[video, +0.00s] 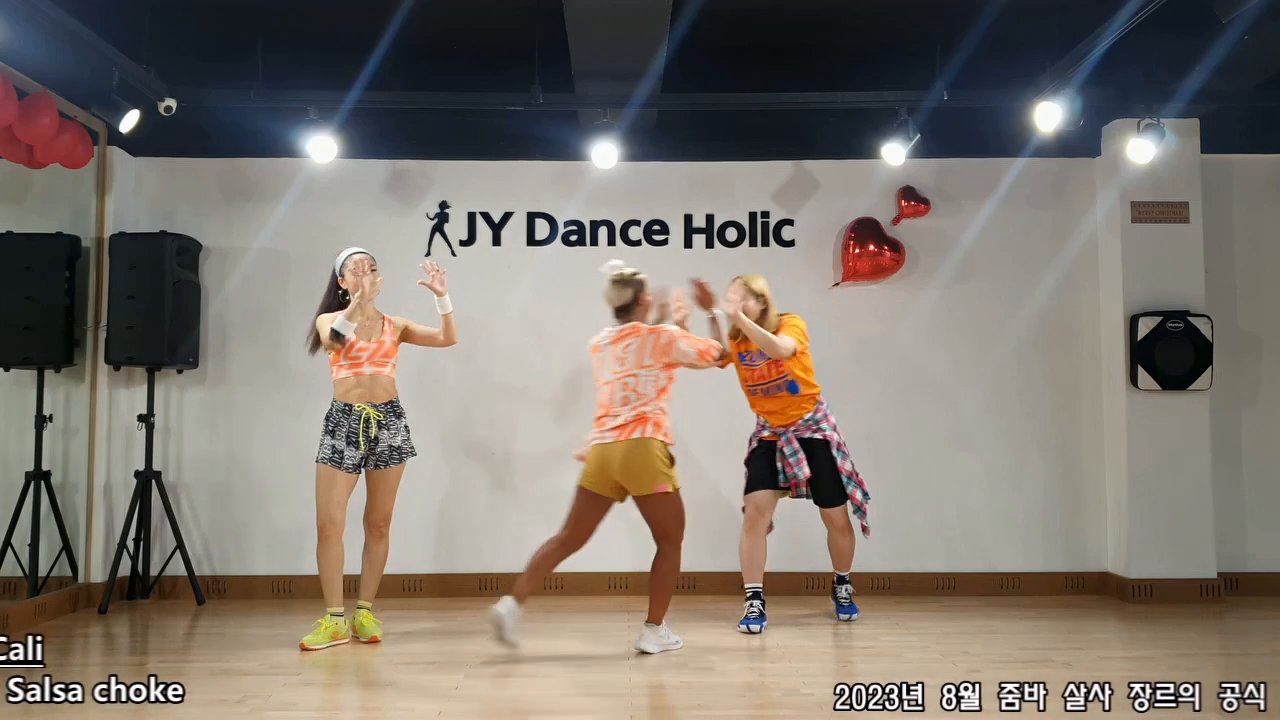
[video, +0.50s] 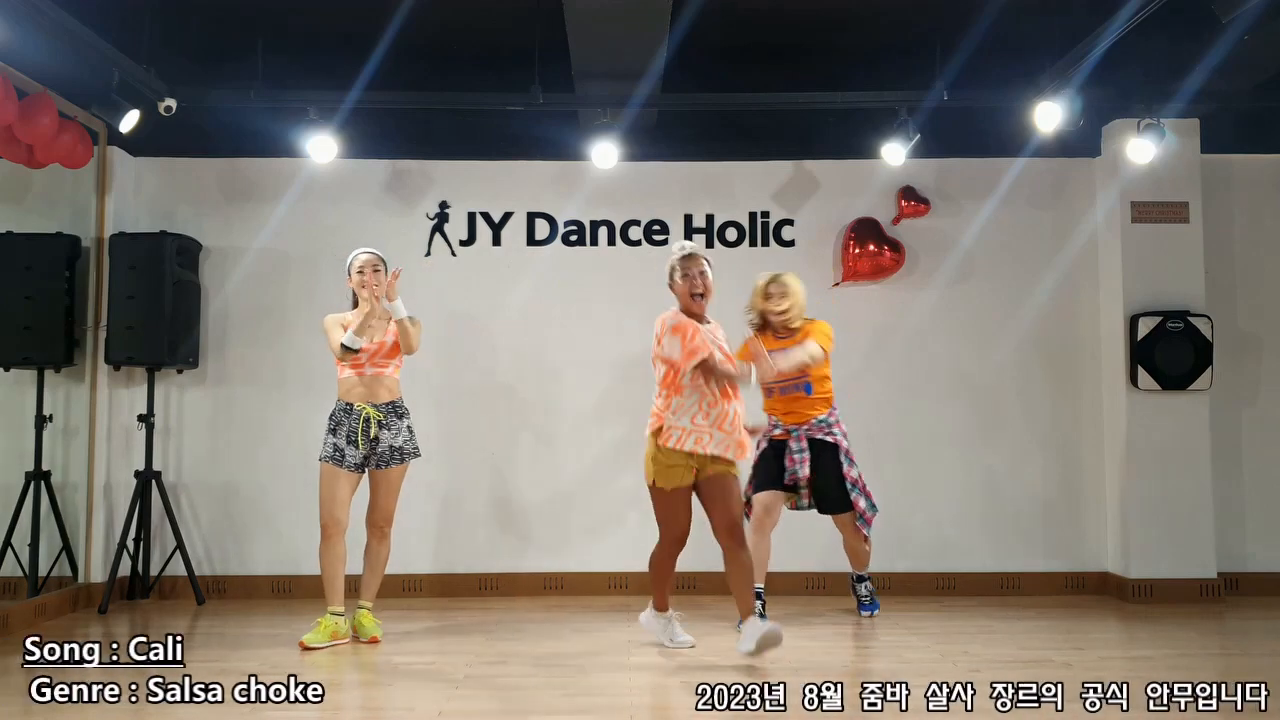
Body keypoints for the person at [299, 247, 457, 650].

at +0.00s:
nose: (364, 271)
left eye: (369, 266)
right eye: (355, 267)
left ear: (379, 278)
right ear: (342, 282)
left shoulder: (395, 324)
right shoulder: (329, 320)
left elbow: (447, 338)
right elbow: (337, 336)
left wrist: (441, 295)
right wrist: (356, 301)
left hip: (389, 422)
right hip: (343, 422)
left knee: (378, 525)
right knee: (328, 524)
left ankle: (364, 612)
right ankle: (335, 618)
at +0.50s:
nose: (369, 276)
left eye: (376, 270)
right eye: (361, 271)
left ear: (386, 279)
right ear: (350, 281)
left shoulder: (401, 320)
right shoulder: (335, 320)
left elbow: (410, 346)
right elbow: (343, 350)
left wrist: (395, 301)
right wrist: (364, 316)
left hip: (392, 423)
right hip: (346, 422)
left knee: (380, 526)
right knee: (332, 525)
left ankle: (364, 612)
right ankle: (335, 617)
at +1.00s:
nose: (367, 276)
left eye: (374, 269)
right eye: (359, 271)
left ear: (385, 278)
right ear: (349, 281)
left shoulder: (401, 321)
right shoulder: (334, 320)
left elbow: (404, 345)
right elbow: (335, 350)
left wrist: (386, 306)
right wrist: (359, 316)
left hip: (389, 423)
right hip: (344, 422)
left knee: (379, 524)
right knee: (327, 524)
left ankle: (366, 609)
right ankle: (336, 601)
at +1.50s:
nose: (344, 282)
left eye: (353, 276)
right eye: (338, 276)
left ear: (364, 287)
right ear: (328, 287)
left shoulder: (382, 326)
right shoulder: (318, 327)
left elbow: (377, 359)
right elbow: (303, 372)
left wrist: (343, 320)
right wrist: (308, 355)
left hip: (371, 425)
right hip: (328, 426)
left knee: (363, 518)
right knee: (326, 520)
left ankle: (365, 605)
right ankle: (341, 604)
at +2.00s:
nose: (312, 296)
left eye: (321, 288)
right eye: (307, 290)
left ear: (338, 295)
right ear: (302, 299)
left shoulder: (360, 331)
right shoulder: (309, 341)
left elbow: (407, 332)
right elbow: (267, 363)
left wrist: (367, 334)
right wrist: (270, 349)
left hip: (373, 434)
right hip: (333, 437)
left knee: (352, 520)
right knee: (323, 523)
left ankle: (367, 594)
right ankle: (341, 604)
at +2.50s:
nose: (334, 298)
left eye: (343, 291)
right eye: (328, 291)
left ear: (360, 297)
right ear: (323, 298)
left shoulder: (379, 332)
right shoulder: (329, 345)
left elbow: (416, 362)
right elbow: (301, 383)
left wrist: (377, 361)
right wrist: (293, 375)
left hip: (396, 433)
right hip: (358, 438)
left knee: (413, 523)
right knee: (327, 522)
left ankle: (446, 595)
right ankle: (342, 605)